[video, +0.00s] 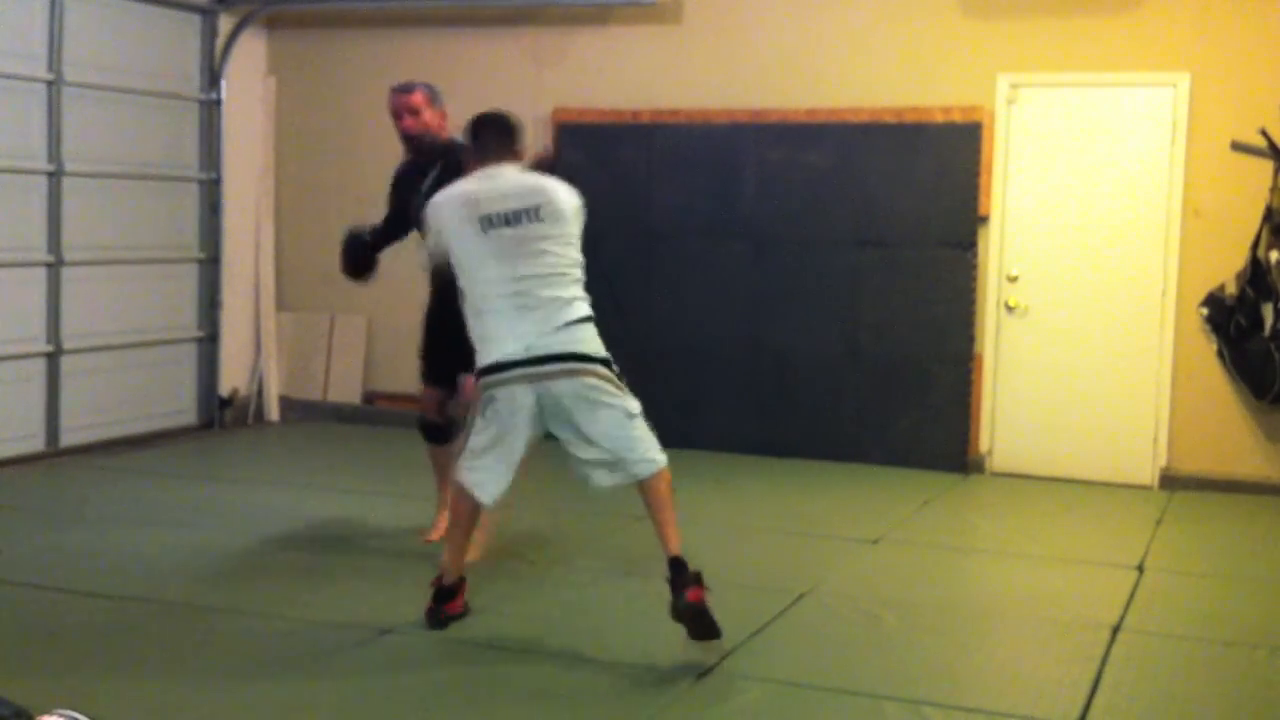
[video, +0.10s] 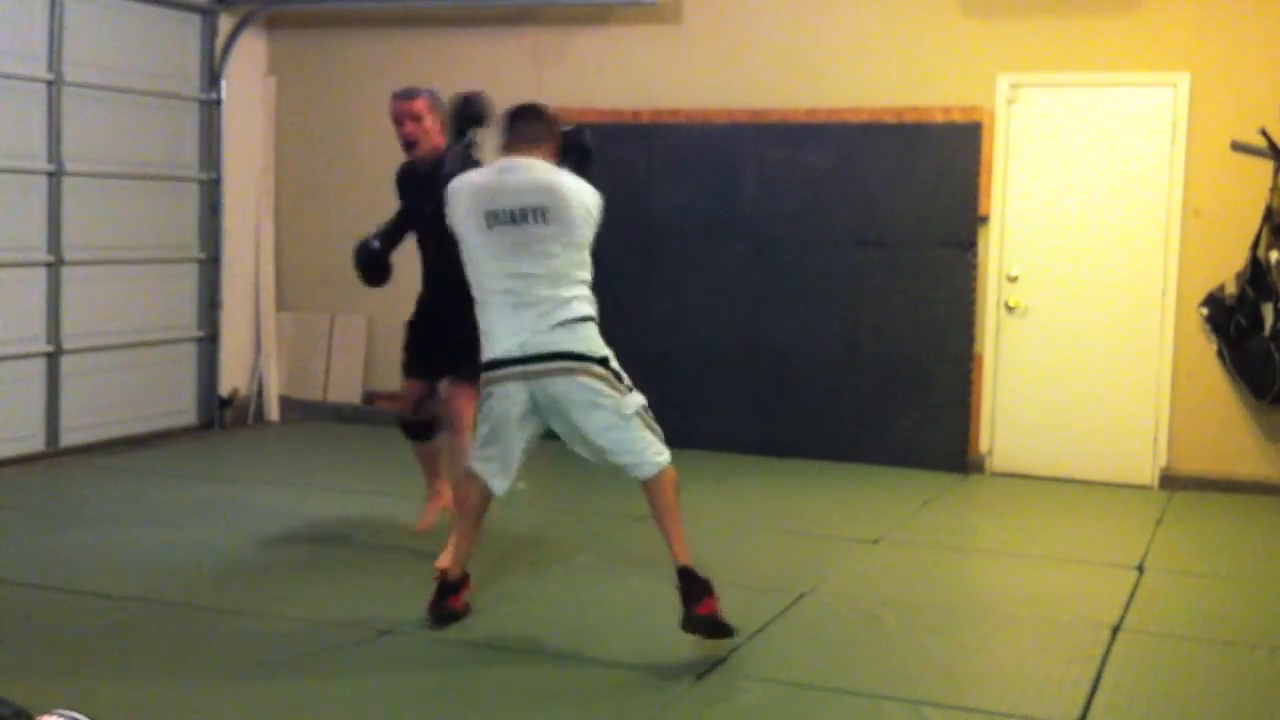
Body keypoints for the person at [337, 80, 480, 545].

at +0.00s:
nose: (406, 123)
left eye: (414, 112)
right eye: (398, 116)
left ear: (441, 113)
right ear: (394, 123)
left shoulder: (469, 161)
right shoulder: (408, 174)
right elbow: (400, 222)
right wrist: (367, 243)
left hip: (487, 288)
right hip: (445, 291)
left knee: (477, 395)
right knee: (434, 405)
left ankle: (479, 510)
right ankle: (448, 503)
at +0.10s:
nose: (405, 129)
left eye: (414, 119)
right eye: (399, 121)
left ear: (439, 122)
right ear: (396, 128)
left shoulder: (464, 168)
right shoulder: (410, 177)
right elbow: (406, 218)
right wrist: (377, 246)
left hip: (471, 294)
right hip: (433, 293)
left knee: (460, 402)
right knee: (414, 402)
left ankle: (465, 509)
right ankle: (439, 490)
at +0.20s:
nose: (398, 131)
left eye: (407, 121)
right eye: (390, 124)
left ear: (432, 124)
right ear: (384, 131)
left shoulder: (468, 176)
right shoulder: (399, 182)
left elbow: (498, 237)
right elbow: (410, 230)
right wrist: (379, 254)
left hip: (468, 305)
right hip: (423, 306)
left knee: (448, 406)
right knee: (402, 407)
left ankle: (459, 528)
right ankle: (407, 494)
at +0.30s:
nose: (400, 129)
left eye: (408, 119)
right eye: (391, 121)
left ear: (431, 121)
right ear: (384, 128)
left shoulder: (467, 174)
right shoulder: (392, 184)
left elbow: (519, 219)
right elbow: (395, 236)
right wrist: (371, 257)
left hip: (465, 297)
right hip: (418, 297)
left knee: (446, 409)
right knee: (402, 410)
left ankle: (457, 532)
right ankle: (405, 501)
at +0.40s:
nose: (410, 125)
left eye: (417, 115)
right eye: (400, 118)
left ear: (435, 118)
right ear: (389, 126)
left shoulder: (475, 176)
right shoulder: (385, 184)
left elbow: (515, 234)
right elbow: (362, 247)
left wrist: (518, 287)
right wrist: (365, 242)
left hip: (463, 303)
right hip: (413, 303)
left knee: (449, 404)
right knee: (404, 412)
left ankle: (460, 523)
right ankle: (405, 501)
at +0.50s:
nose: (416, 120)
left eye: (424, 111)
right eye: (406, 113)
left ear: (440, 114)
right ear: (394, 120)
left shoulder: (476, 171)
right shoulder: (387, 177)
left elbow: (508, 230)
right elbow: (347, 240)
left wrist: (511, 283)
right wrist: (367, 206)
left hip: (465, 300)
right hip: (413, 301)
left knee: (457, 400)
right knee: (405, 408)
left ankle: (475, 521)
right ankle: (405, 502)